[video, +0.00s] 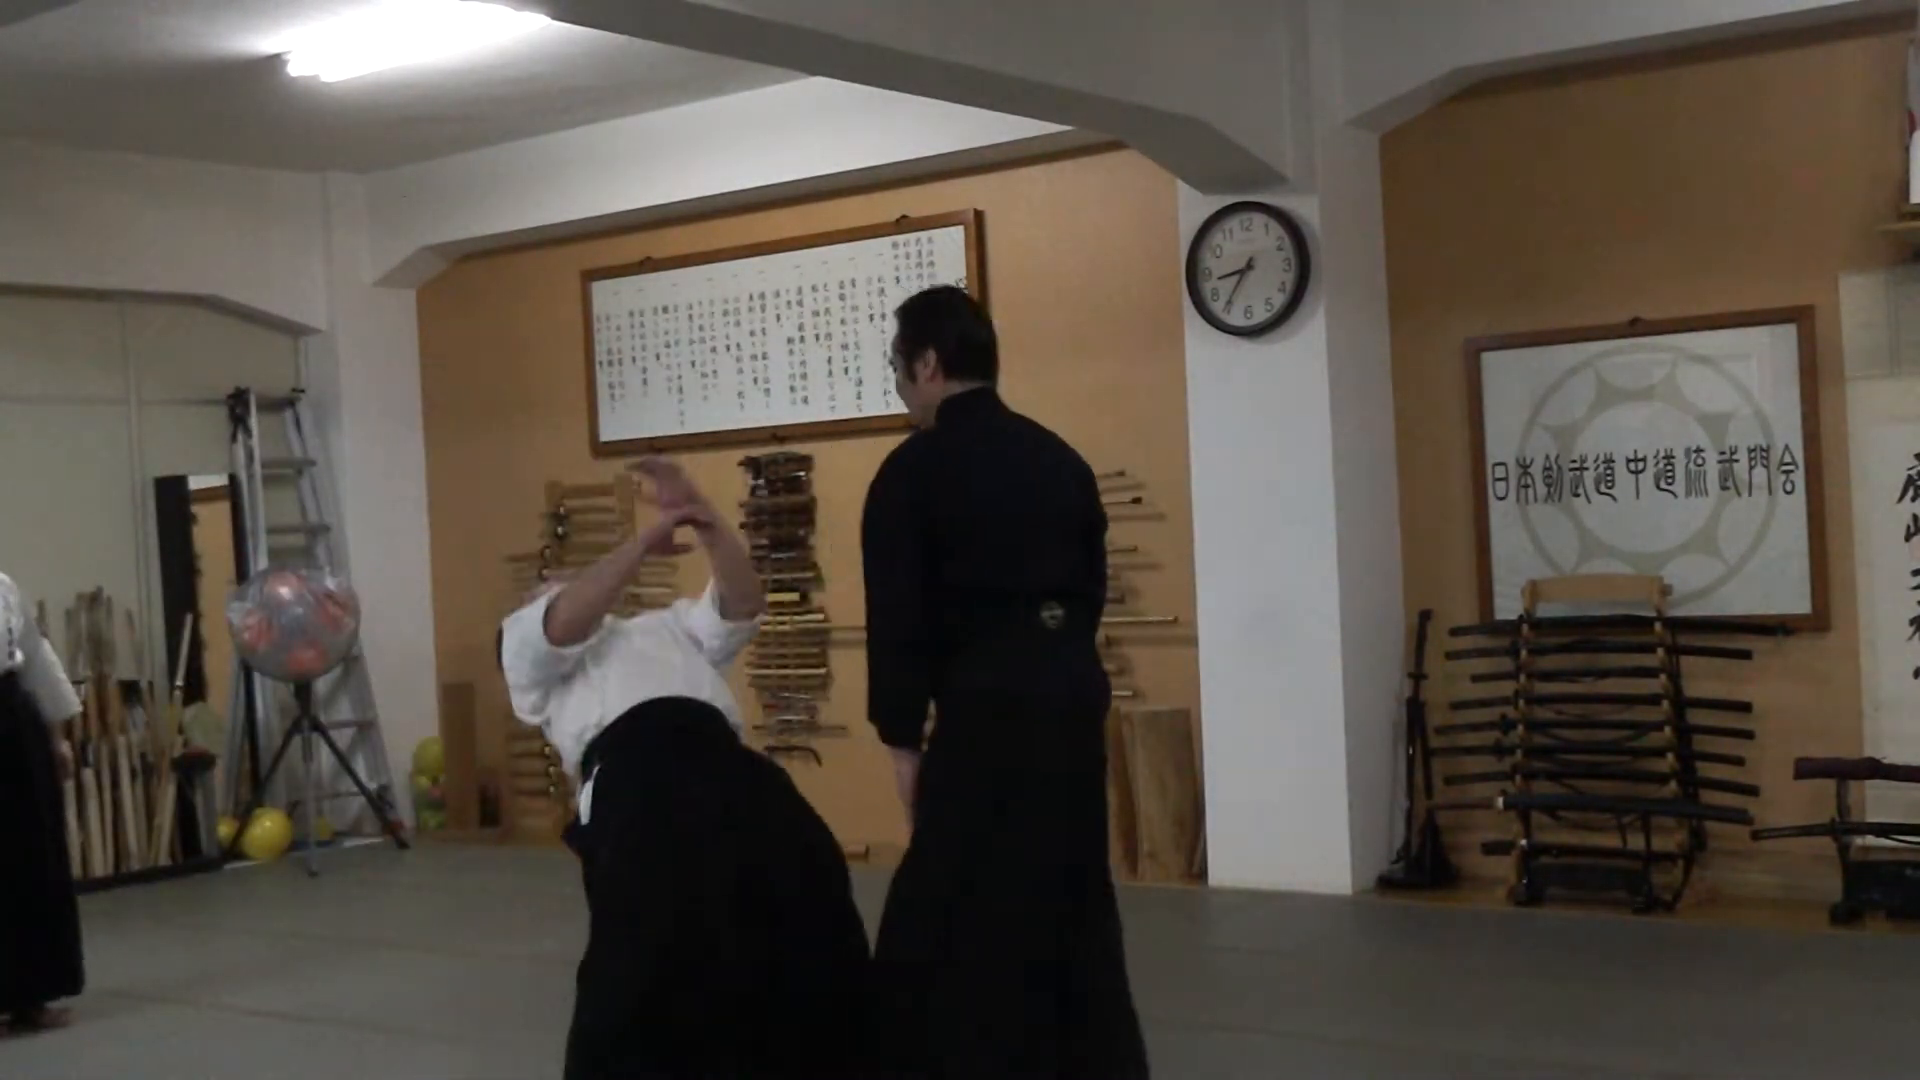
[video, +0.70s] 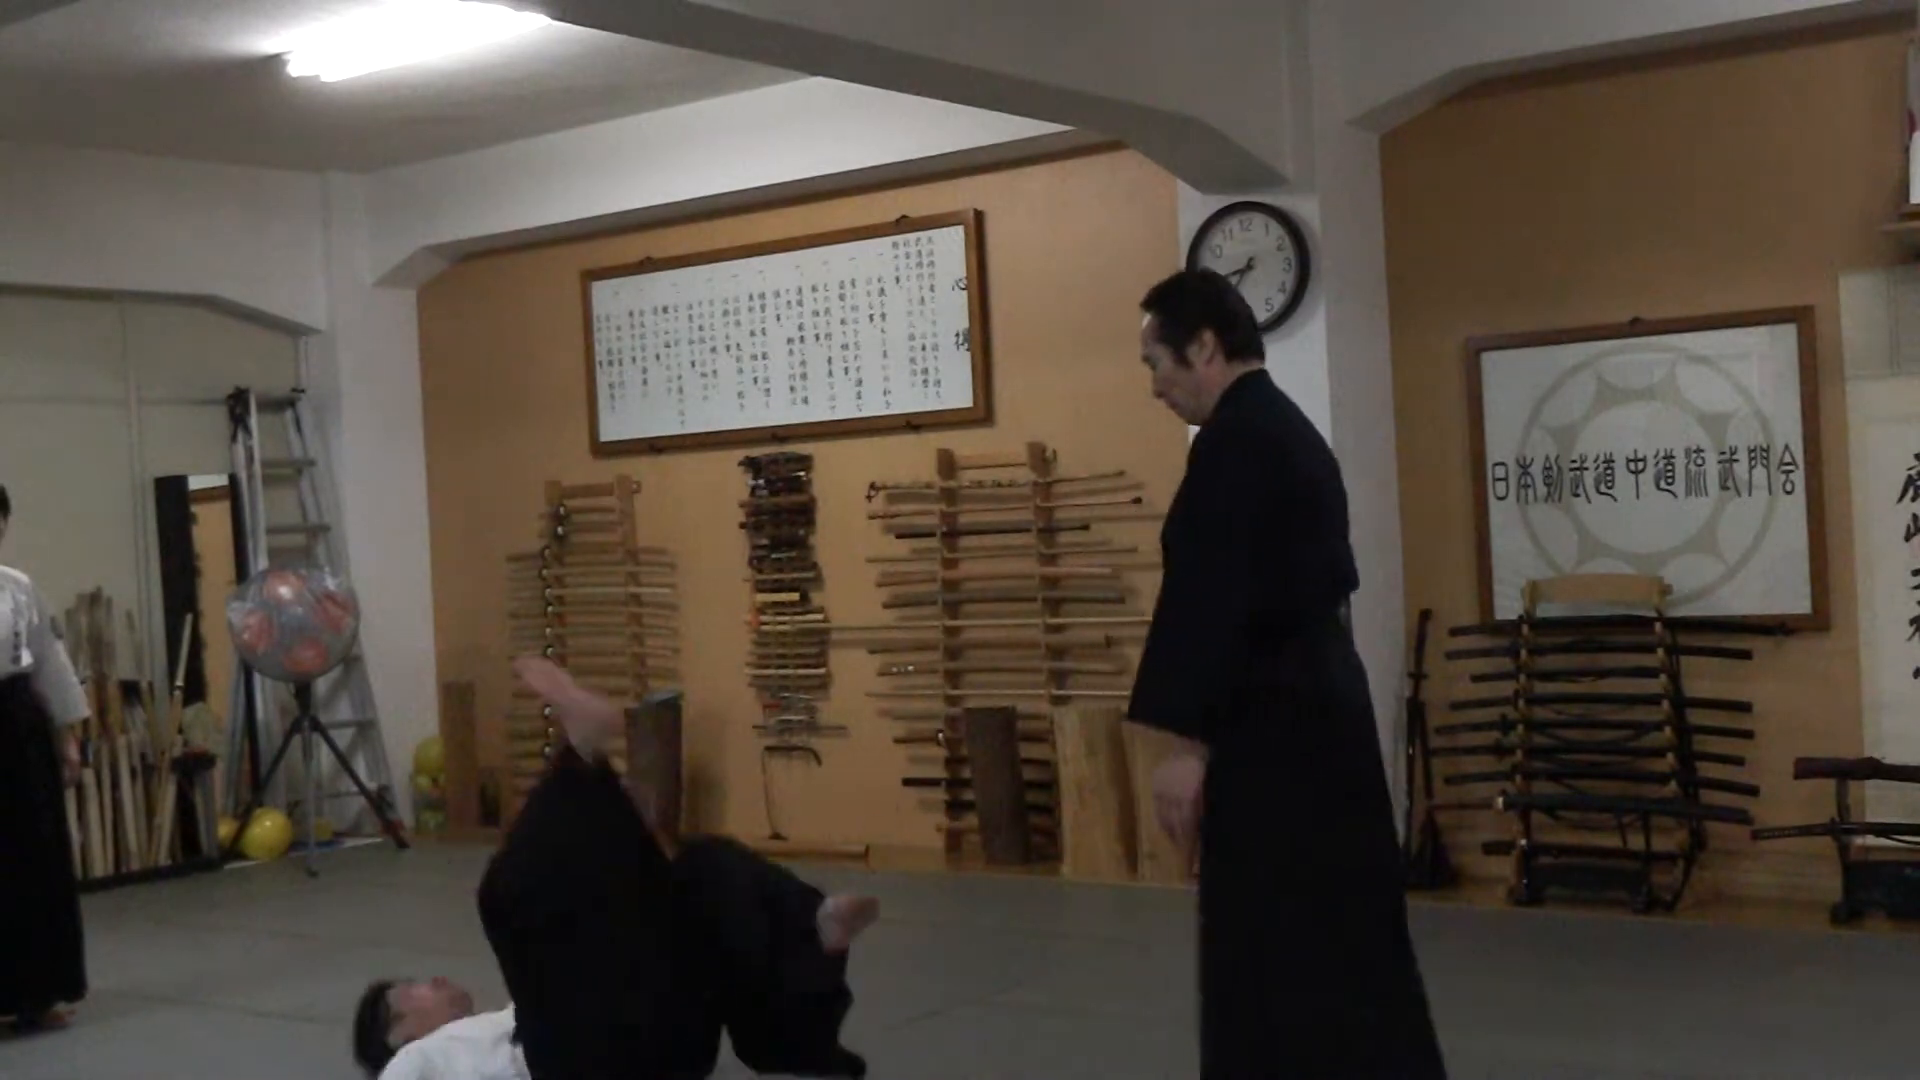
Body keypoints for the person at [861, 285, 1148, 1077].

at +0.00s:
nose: (902, 386)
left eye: (903, 369)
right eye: (901, 370)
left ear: (928, 367)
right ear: (985, 361)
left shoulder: (911, 469)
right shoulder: (1060, 457)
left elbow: (897, 619)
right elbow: (1087, 596)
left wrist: (904, 746)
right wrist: (1052, 681)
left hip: (975, 716)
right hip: (1070, 709)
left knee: (957, 903)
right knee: (1068, 899)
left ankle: (966, 1065)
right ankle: (1081, 1062)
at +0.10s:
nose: (941, 399)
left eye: (941, 381)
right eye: (937, 382)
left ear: (970, 371)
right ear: (1023, 367)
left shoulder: (966, 471)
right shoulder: (1089, 464)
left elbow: (941, 624)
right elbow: (1104, 610)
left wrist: (938, 761)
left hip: (1003, 731)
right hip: (1097, 716)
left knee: (971, 918)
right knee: (1094, 907)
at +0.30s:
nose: (1023, 409)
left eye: (1023, 385)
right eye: (1017, 389)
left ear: (1064, 368)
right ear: (1085, 369)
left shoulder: (1081, 463)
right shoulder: (1175, 458)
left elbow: (1055, 610)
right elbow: (1184, 609)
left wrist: (1048, 744)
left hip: (1116, 739)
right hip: (1199, 723)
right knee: (1192, 928)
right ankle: (1216, 1069)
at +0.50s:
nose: (1095, 396)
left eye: (1096, 374)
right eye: (1089, 378)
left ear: (1140, 356)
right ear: (1154, 357)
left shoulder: (1173, 444)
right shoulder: (1230, 436)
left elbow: (1161, 601)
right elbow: (1244, 599)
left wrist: (1143, 740)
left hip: (1210, 726)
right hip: (1267, 715)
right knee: (1258, 935)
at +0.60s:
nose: (1127, 387)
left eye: (1129, 365)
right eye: (1122, 369)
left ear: (1176, 348)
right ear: (1193, 349)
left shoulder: (1209, 441)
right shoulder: (1251, 430)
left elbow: (1178, 596)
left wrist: (1157, 739)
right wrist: (1172, 738)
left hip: (1237, 738)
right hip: (1283, 726)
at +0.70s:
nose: (1154, 385)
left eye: (1157, 363)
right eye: (1149, 367)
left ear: (1208, 348)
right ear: (1221, 349)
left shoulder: (1237, 441)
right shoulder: (1283, 431)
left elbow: (1209, 597)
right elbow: (1319, 593)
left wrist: (1188, 747)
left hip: (1270, 742)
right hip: (1316, 733)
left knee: (1267, 963)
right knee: (1332, 954)